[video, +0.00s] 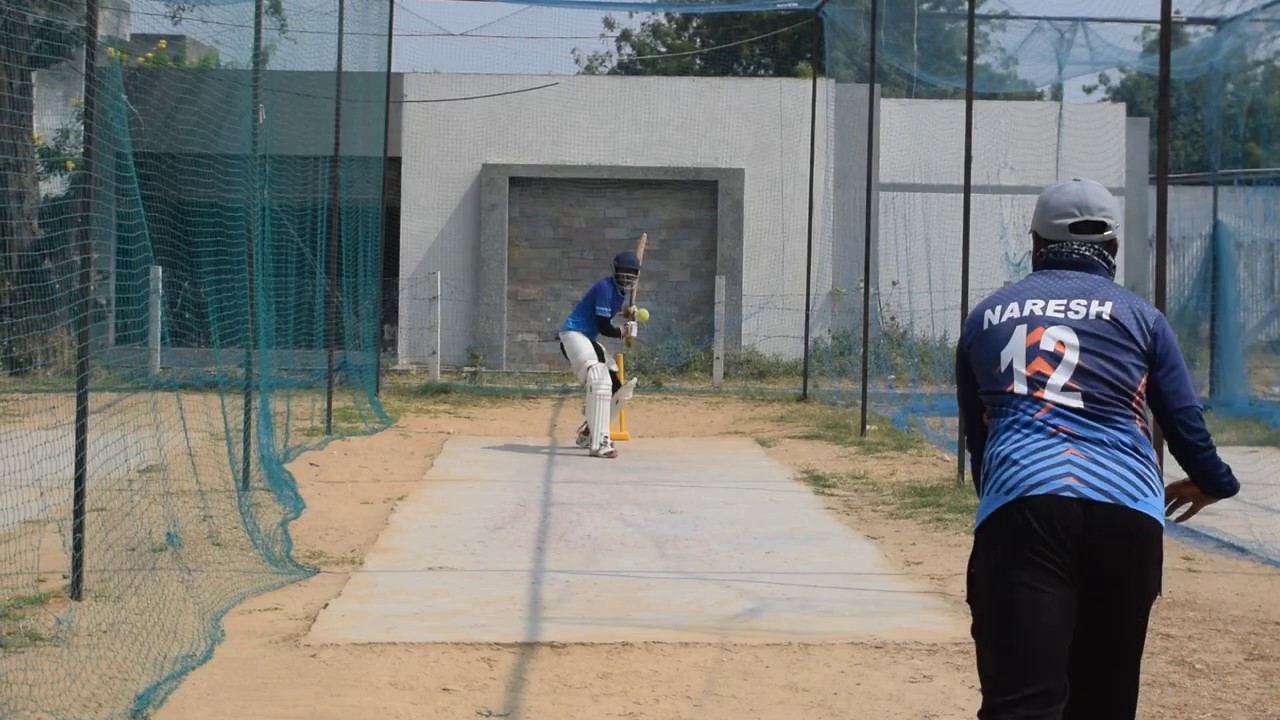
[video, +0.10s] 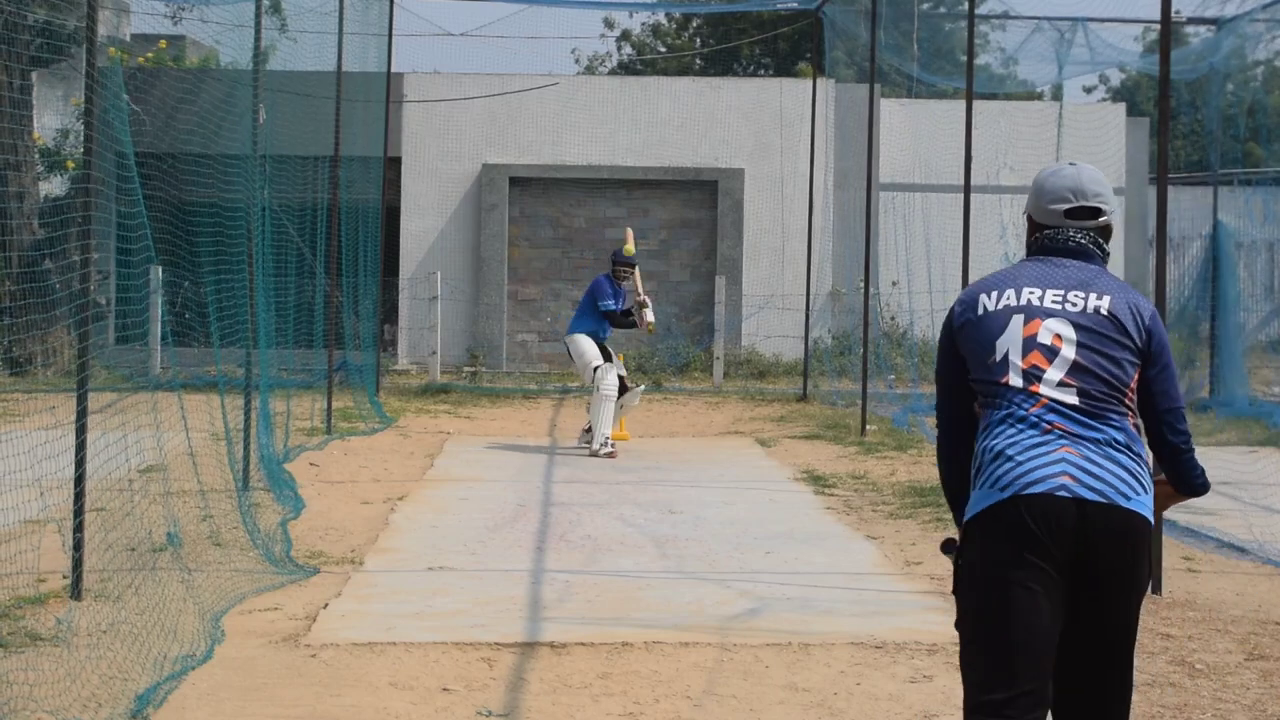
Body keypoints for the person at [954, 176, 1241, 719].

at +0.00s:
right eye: (1111, 239)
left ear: (1037, 247)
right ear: (1110, 246)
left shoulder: (984, 314)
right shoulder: (1141, 314)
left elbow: (977, 438)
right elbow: (1183, 420)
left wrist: (1003, 502)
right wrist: (1212, 480)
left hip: (1024, 509)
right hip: (1128, 513)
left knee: (1020, 697)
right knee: (1106, 696)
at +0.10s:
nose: (1101, 229)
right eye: (1102, 223)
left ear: (1031, 228)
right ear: (1103, 231)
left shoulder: (973, 302)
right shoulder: (1136, 307)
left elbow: (953, 441)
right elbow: (1168, 428)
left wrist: (972, 526)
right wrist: (1185, 481)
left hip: (1013, 510)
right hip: (1120, 518)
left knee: (1007, 700)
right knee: (1096, 698)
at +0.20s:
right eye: (1098, 215)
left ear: (1026, 217)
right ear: (1100, 224)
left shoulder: (966, 293)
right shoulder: (1129, 303)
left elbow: (934, 430)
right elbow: (1156, 424)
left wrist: (945, 528)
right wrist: (1169, 479)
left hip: (1005, 513)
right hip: (1110, 519)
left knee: (1002, 700)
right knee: (1091, 698)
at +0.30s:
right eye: (1094, 209)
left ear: (1018, 212)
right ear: (1095, 217)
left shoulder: (956, 287)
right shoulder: (1122, 298)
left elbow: (916, 420)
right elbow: (1149, 421)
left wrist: (924, 524)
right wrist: (1158, 476)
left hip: (995, 515)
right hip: (1102, 521)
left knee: (996, 701)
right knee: (1084, 700)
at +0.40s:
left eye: (1003, 195)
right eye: (1080, 200)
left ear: (1006, 202)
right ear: (1082, 209)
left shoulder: (945, 278)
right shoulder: (1111, 292)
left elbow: (898, 414)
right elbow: (1142, 414)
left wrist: (906, 519)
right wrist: (1152, 476)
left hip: (985, 519)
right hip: (1090, 522)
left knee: (989, 701)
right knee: (1073, 699)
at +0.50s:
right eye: (1072, 193)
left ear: (998, 197)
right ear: (1076, 202)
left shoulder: (938, 275)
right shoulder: (1107, 291)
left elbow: (893, 411)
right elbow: (1139, 417)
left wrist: (901, 513)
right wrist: (1147, 476)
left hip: (976, 518)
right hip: (1084, 523)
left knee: (983, 701)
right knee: (1069, 698)